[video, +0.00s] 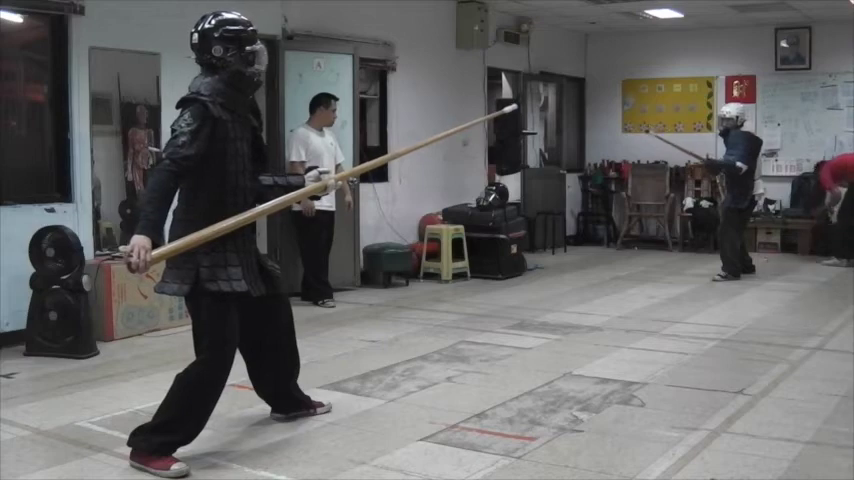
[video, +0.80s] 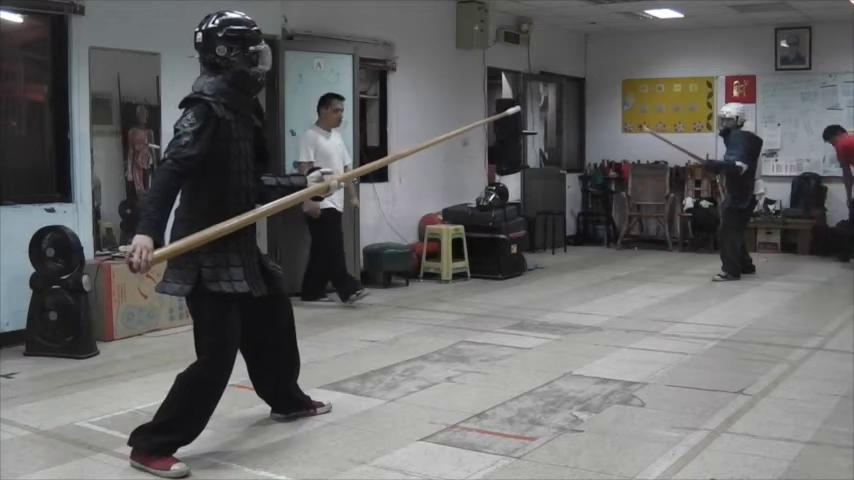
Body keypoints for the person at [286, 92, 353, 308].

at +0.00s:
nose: (335, 115)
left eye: (335, 111)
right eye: (332, 110)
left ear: (322, 112)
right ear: (319, 111)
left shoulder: (329, 136)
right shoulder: (300, 135)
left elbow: (338, 168)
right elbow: (295, 169)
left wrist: (347, 191)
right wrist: (303, 197)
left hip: (327, 203)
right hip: (308, 204)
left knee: (322, 250)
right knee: (313, 250)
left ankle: (312, 290)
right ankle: (320, 293)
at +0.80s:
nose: (341, 115)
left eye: (342, 111)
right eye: (337, 111)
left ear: (339, 112)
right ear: (323, 111)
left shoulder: (337, 137)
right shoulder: (310, 136)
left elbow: (345, 168)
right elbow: (304, 170)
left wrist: (353, 195)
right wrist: (307, 198)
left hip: (335, 201)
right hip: (319, 202)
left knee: (322, 249)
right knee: (333, 247)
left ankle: (311, 291)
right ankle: (347, 289)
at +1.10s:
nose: (362, 121)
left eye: (364, 117)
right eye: (358, 116)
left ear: (362, 119)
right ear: (344, 117)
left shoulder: (356, 141)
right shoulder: (331, 142)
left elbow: (367, 169)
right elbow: (327, 178)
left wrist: (384, 190)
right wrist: (323, 210)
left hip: (352, 207)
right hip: (338, 207)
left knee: (330, 252)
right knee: (355, 252)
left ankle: (312, 291)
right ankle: (369, 298)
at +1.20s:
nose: (373, 123)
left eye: (374, 119)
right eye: (369, 118)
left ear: (361, 120)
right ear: (355, 118)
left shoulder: (365, 142)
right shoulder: (343, 143)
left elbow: (383, 166)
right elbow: (339, 182)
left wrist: (406, 181)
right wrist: (339, 216)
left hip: (354, 207)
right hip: (344, 209)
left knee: (336, 254)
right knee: (362, 250)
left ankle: (315, 288)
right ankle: (371, 298)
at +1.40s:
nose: (382, 128)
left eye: (383, 123)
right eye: (379, 123)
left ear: (372, 124)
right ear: (365, 122)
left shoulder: (373, 143)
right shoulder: (355, 145)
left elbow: (397, 154)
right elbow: (365, 183)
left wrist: (404, 133)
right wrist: (381, 215)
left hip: (352, 205)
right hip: (346, 206)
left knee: (340, 252)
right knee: (369, 248)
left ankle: (323, 288)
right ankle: (372, 298)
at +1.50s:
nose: (383, 129)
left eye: (383, 125)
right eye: (379, 124)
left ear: (372, 124)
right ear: (364, 123)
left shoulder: (375, 144)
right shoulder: (352, 145)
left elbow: (396, 161)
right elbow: (378, 171)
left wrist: (404, 152)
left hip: (359, 206)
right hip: (345, 206)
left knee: (340, 250)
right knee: (370, 245)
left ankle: (323, 287)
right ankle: (371, 298)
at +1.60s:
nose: (381, 130)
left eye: (382, 126)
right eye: (377, 125)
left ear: (368, 127)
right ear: (362, 124)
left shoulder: (371, 150)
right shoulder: (351, 145)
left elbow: (389, 165)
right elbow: (381, 148)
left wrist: (405, 178)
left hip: (356, 208)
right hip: (345, 208)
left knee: (338, 251)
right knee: (371, 246)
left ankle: (322, 288)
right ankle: (372, 299)